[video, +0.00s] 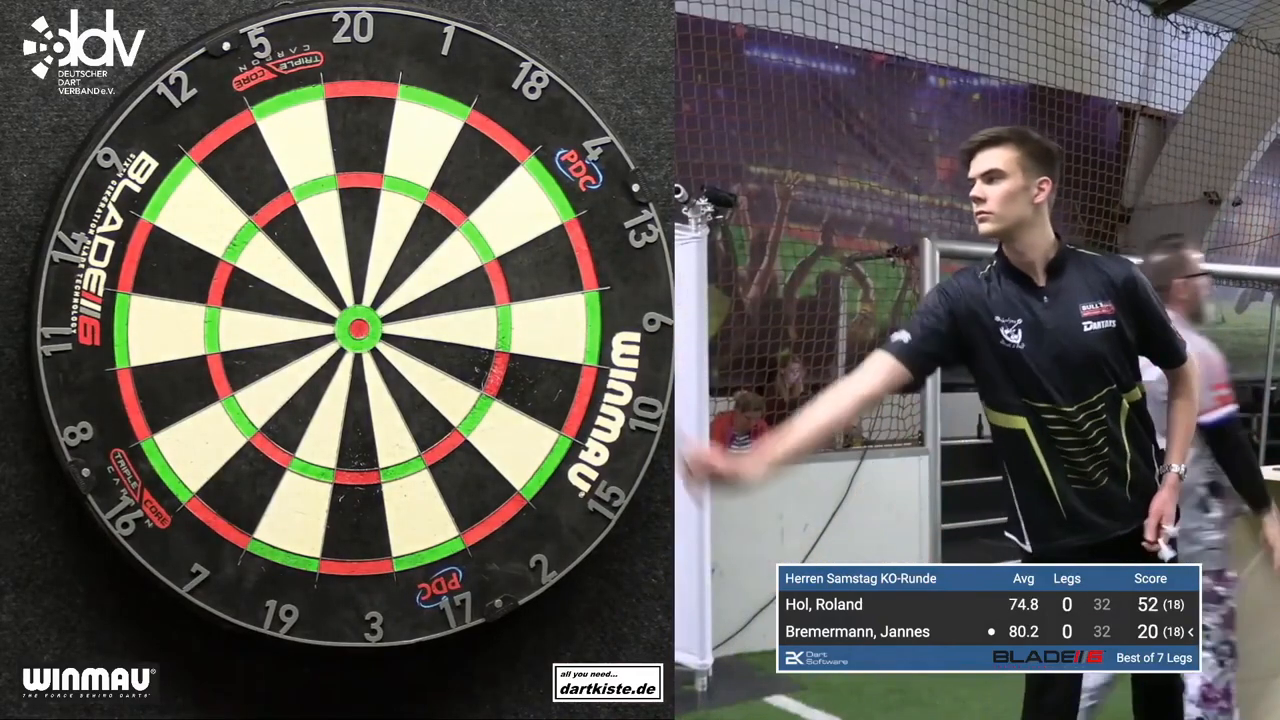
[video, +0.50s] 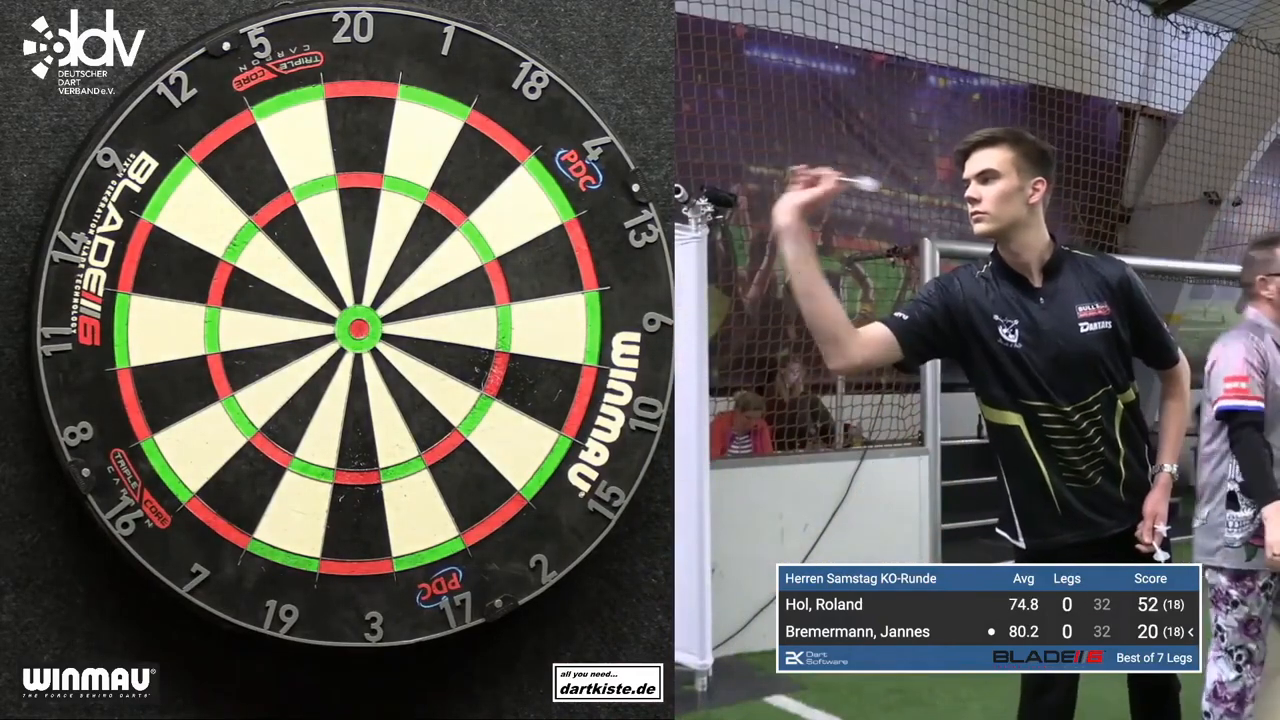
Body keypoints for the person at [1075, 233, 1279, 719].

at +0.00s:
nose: (1209, 284)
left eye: (1205, 275)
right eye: (1200, 276)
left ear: (1164, 288)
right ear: (1179, 286)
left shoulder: (1128, 345)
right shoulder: (1196, 352)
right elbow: (1225, 438)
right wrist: (1264, 508)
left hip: (1137, 504)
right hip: (1195, 511)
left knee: (1113, 629)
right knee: (1211, 626)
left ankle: (1080, 703)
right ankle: (1209, 709)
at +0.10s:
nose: (1239, 283)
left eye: (1236, 274)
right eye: (1231, 275)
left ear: (1186, 284)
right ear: (1212, 284)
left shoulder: (1152, 341)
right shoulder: (1227, 349)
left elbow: (1136, 434)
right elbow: (1239, 447)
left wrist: (1144, 507)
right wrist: (1261, 519)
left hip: (1157, 526)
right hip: (1217, 531)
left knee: (1142, 657)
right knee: (1224, 653)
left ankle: (1103, 714)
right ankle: (1218, 716)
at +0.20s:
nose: (1258, 283)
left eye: (1256, 273)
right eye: (1252, 274)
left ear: (1207, 284)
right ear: (1229, 284)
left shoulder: (1179, 339)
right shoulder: (1235, 344)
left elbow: (1158, 429)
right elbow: (1240, 437)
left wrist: (1163, 505)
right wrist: (1256, 519)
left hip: (1187, 524)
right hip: (1226, 528)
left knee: (1207, 650)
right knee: (1231, 656)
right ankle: (1221, 715)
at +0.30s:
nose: (1276, 282)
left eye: (1273, 272)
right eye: (1270, 273)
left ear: (1232, 283)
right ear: (1244, 283)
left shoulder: (1209, 336)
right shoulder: (1239, 337)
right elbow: (1234, 421)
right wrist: (1260, 515)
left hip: (1206, 530)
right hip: (1232, 534)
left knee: (1219, 667)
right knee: (1232, 671)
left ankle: (1212, 713)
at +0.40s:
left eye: (1279, 274)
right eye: (1278, 274)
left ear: (1256, 284)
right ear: (1258, 284)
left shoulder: (1255, 336)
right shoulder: (1242, 339)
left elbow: (1242, 429)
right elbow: (1239, 427)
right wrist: (1266, 508)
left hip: (1252, 537)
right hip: (1236, 540)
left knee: (1254, 667)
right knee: (1234, 671)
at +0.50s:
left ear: (1263, 286)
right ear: (1264, 286)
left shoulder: (1262, 345)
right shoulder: (1240, 346)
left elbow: (1249, 433)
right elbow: (1246, 433)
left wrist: (1267, 506)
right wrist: (1270, 508)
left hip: (1258, 534)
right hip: (1239, 536)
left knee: (1243, 661)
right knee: (1237, 663)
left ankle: (1226, 713)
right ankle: (1222, 714)